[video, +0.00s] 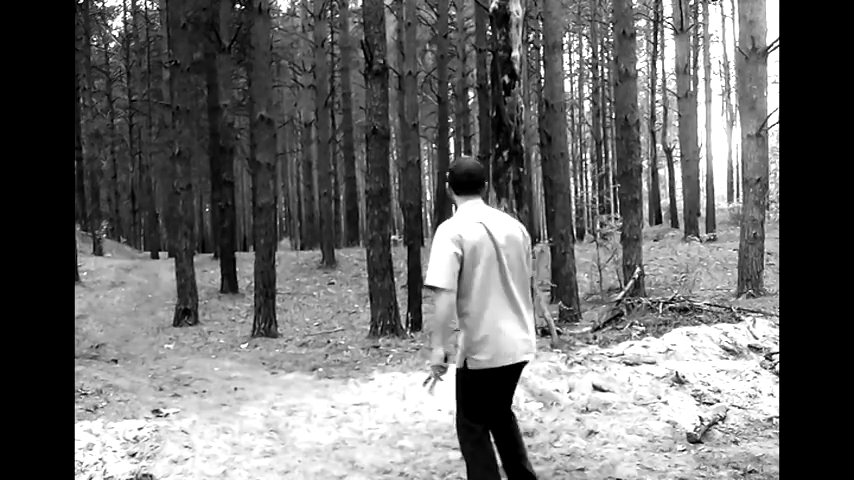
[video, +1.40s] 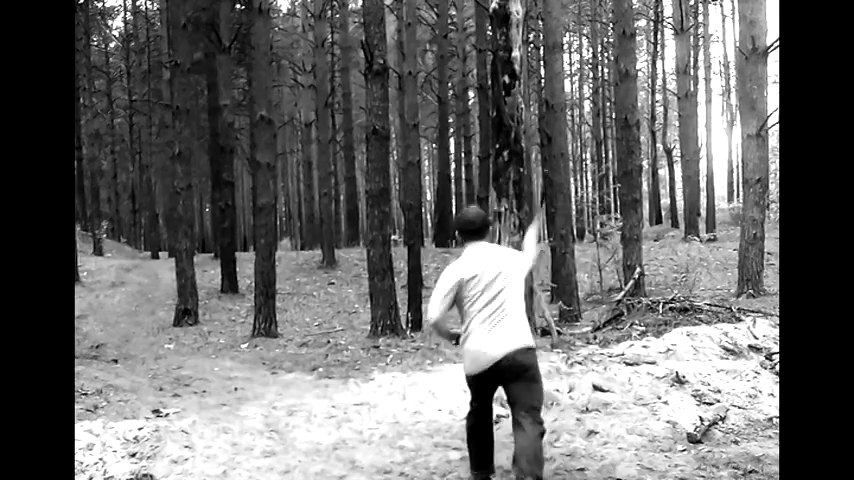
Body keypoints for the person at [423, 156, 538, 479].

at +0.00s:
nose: (446, 188)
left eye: (446, 183)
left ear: (449, 188)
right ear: (485, 187)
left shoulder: (452, 231)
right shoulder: (514, 226)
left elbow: (445, 296)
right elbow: (525, 283)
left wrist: (439, 348)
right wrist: (524, 327)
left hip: (481, 351)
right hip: (519, 344)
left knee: (470, 427)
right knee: (501, 413)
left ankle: (487, 478)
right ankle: (523, 475)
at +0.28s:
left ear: (471, 189)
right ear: (508, 188)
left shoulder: (457, 239)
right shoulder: (535, 231)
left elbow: (441, 304)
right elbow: (556, 283)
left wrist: (436, 357)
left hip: (480, 365)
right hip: (531, 360)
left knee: (481, 447)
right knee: (534, 443)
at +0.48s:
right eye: (521, 182)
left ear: (485, 188)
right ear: (522, 186)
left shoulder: (468, 236)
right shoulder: (544, 228)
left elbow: (456, 301)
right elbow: (570, 277)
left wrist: (460, 347)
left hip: (492, 359)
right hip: (540, 356)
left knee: (499, 437)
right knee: (542, 442)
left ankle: (495, 477)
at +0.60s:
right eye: (527, 182)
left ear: (489, 187)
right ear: (527, 185)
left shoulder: (473, 234)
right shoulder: (544, 228)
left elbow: (459, 298)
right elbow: (576, 274)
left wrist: (475, 341)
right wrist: (582, 249)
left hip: (496, 357)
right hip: (539, 356)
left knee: (508, 430)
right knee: (547, 442)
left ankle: (502, 477)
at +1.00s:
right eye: (536, 192)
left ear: (496, 199)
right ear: (533, 197)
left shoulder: (485, 241)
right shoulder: (533, 239)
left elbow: (482, 300)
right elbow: (597, 251)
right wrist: (611, 202)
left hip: (495, 359)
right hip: (530, 363)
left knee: (506, 414)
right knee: (554, 439)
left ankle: (498, 472)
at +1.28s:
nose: (513, 218)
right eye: (512, 214)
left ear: (478, 222)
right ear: (510, 220)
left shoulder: (464, 265)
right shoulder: (521, 258)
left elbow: (452, 313)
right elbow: (577, 260)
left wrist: (484, 322)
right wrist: (564, 221)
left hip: (479, 367)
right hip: (517, 367)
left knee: (491, 411)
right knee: (533, 436)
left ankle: (481, 473)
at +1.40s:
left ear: (458, 235)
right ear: (489, 230)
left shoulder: (455, 269)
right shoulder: (511, 258)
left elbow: (433, 317)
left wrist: (453, 337)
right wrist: (533, 227)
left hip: (479, 355)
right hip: (519, 348)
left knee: (479, 412)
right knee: (528, 418)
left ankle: (481, 473)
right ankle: (529, 475)